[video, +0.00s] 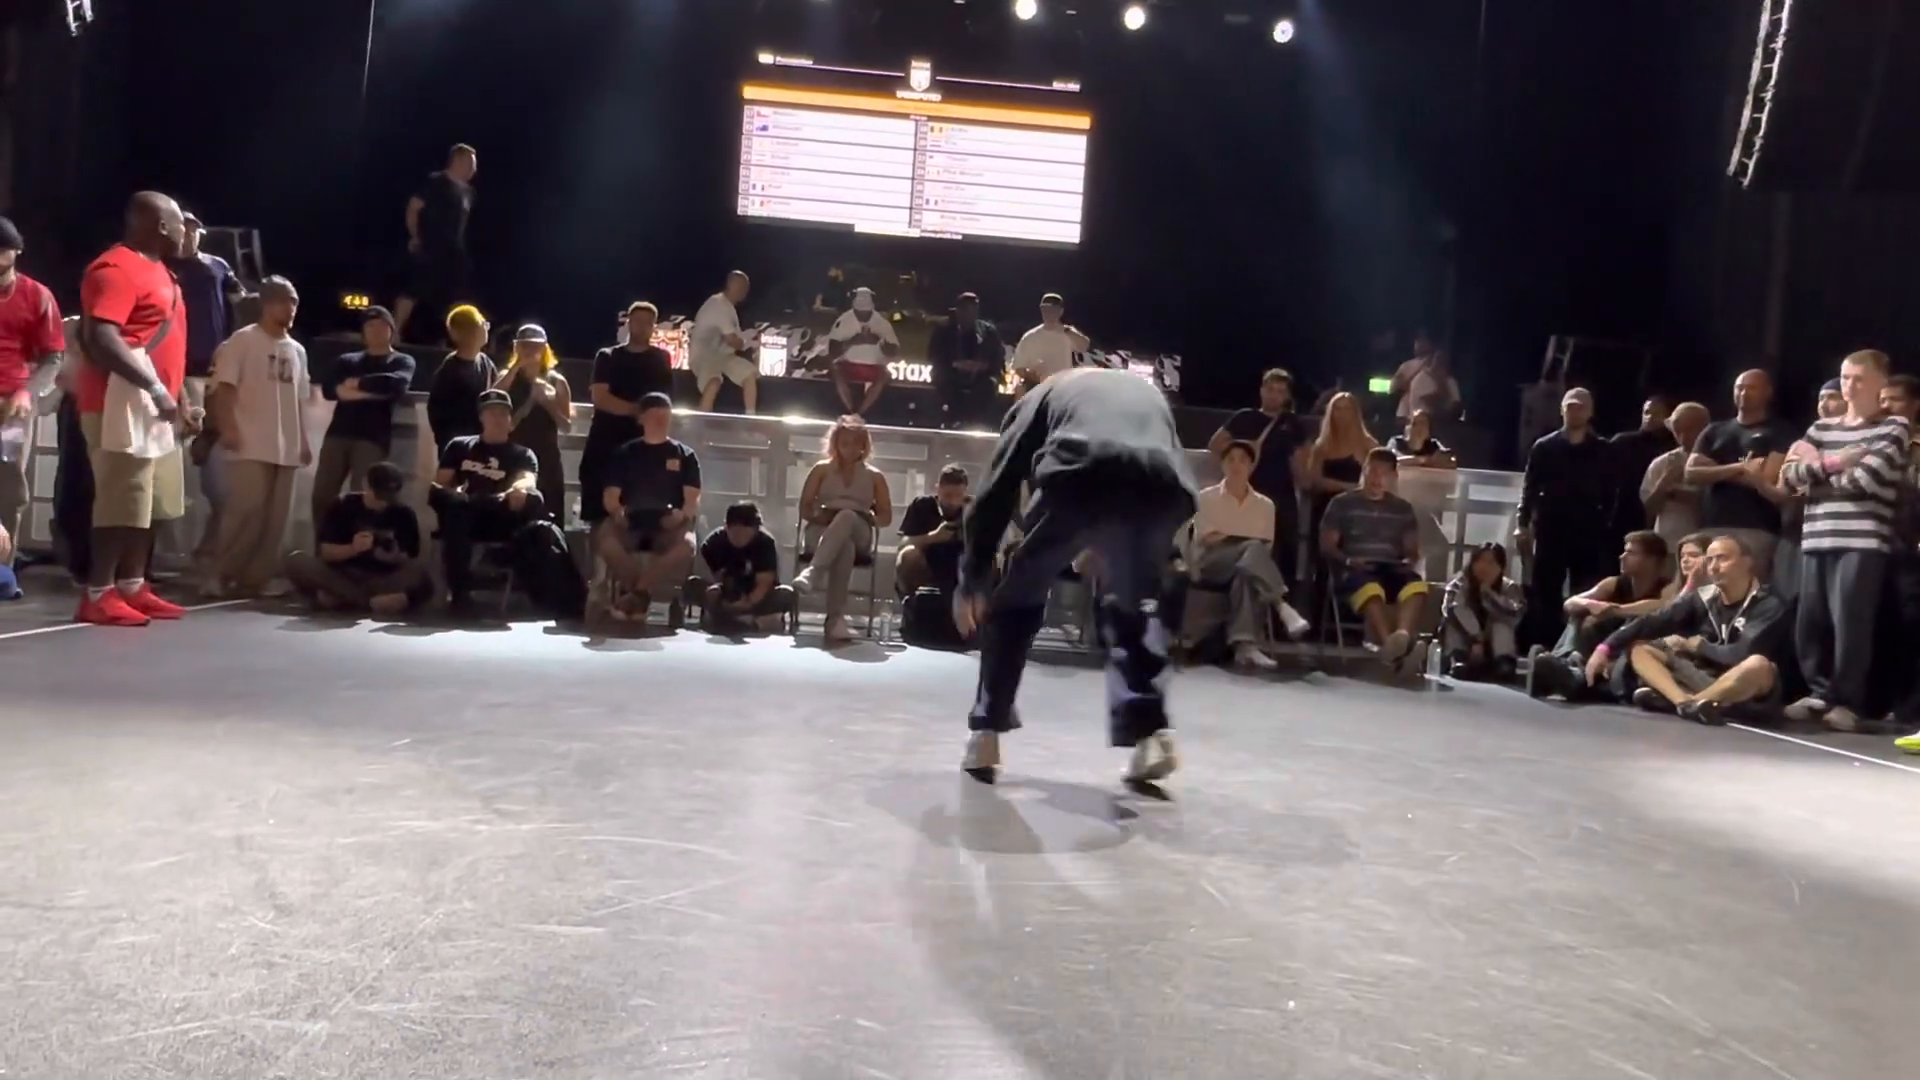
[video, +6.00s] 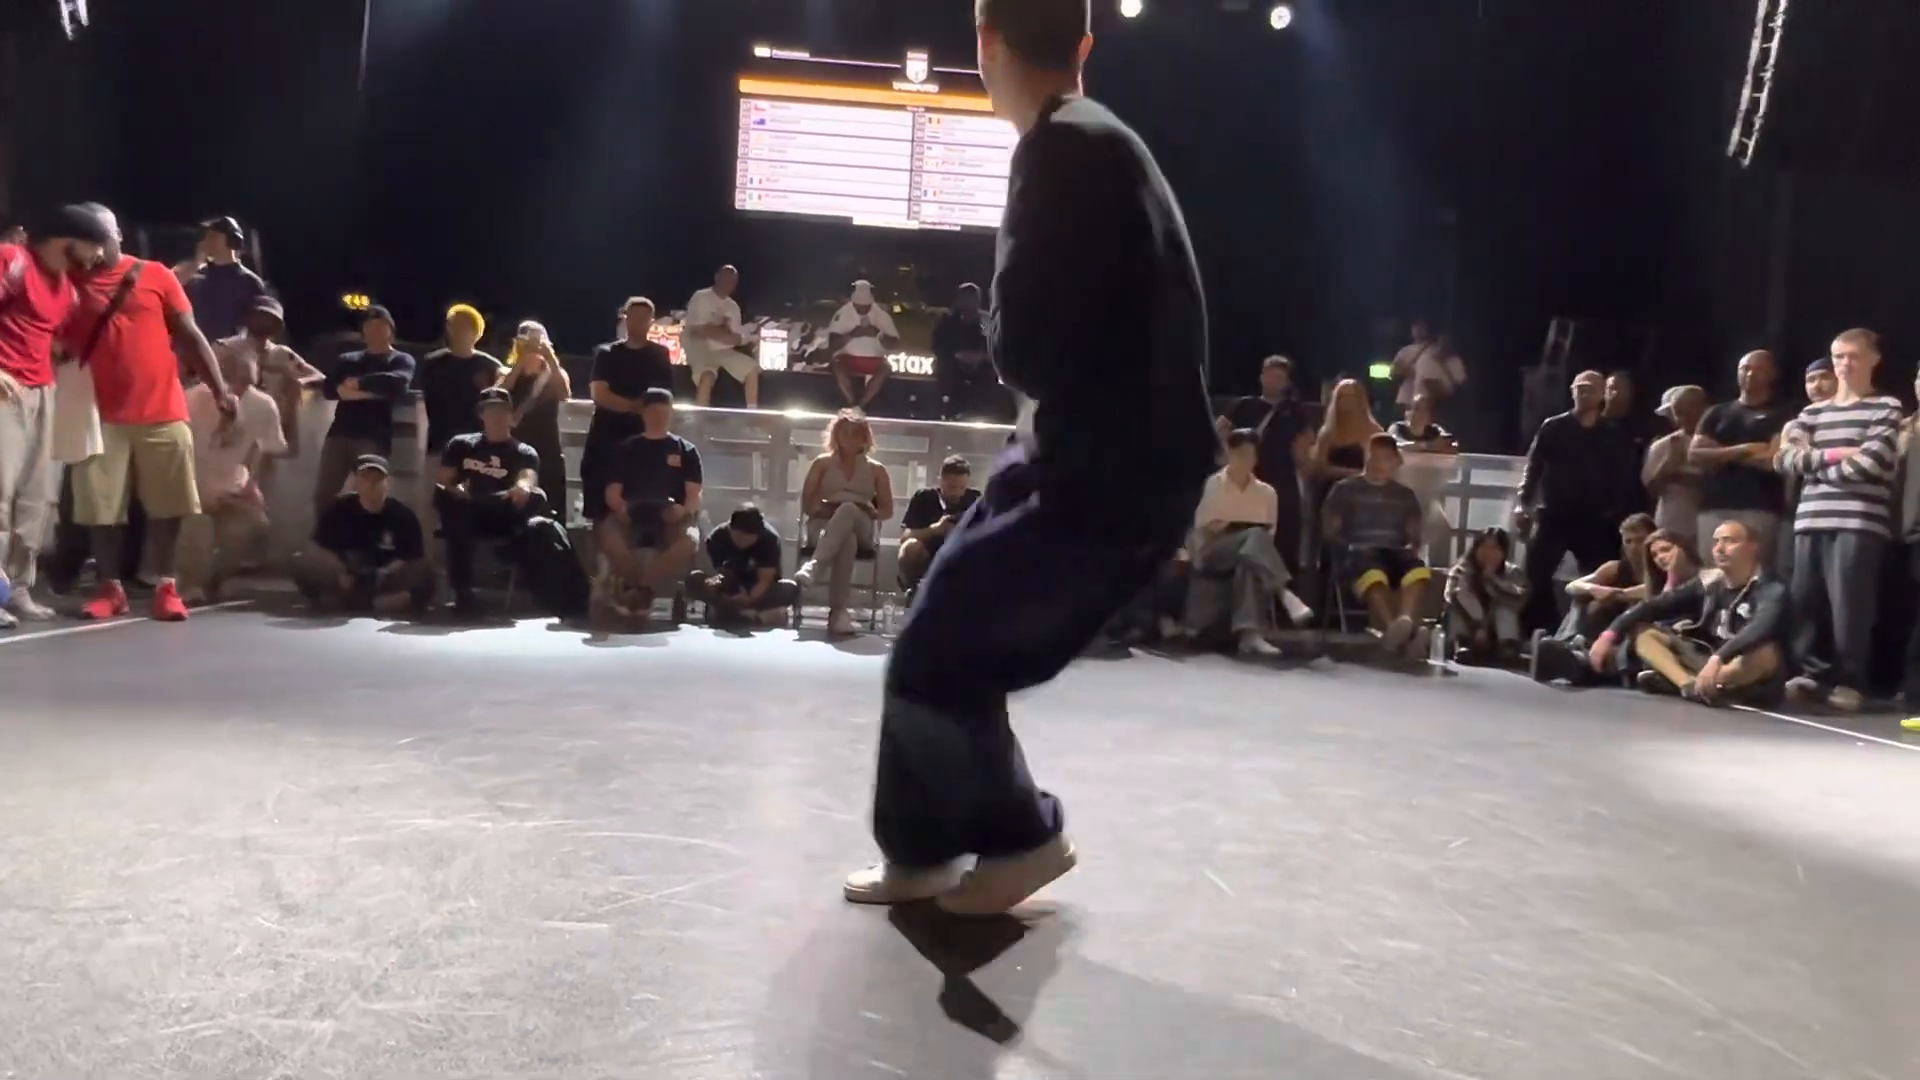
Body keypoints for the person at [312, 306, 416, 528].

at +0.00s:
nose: (375, 331)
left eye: (380, 326)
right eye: (370, 326)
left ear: (391, 331)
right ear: (363, 332)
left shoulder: (403, 361)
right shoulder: (347, 360)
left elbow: (397, 386)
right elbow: (330, 390)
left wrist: (357, 383)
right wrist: (374, 392)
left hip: (372, 439)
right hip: (338, 437)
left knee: (364, 501)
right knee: (322, 496)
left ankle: (360, 554)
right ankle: (322, 554)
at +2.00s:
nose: (402, 305)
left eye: (407, 300)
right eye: (398, 301)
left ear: (418, 306)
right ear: (391, 307)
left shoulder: (430, 336)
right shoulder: (375, 334)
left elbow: (423, 361)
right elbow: (357, 366)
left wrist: (385, 357)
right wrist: (400, 368)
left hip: (400, 414)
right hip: (366, 410)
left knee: (388, 475)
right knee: (349, 470)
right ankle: (350, 525)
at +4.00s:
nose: (403, 303)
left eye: (408, 299)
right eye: (398, 299)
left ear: (418, 305)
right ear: (391, 306)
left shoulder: (430, 335)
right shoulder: (375, 333)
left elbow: (422, 360)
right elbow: (356, 363)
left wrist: (383, 355)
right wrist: (398, 367)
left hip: (399, 413)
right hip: (366, 409)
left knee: (390, 473)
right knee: (348, 469)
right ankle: (349, 522)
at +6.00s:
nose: (376, 330)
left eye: (381, 325)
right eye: (371, 325)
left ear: (390, 331)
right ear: (363, 331)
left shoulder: (402, 360)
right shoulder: (348, 359)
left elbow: (397, 384)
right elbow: (329, 390)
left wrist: (357, 382)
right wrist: (372, 392)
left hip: (374, 437)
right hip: (341, 434)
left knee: (370, 498)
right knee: (324, 496)